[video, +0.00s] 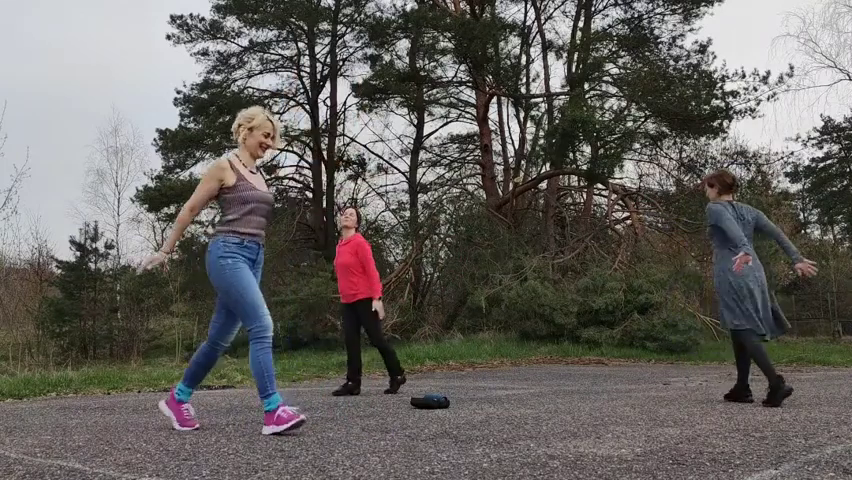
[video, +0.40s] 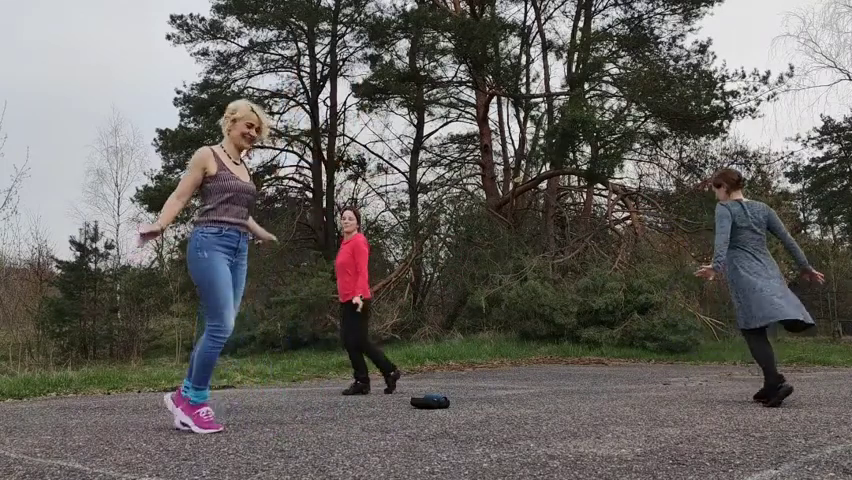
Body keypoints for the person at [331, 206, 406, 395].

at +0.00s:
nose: (347, 216)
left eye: (351, 214)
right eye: (344, 214)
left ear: (357, 222)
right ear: (339, 220)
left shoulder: (360, 243)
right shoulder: (340, 244)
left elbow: (372, 270)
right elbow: (346, 272)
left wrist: (377, 298)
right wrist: (345, 297)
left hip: (365, 299)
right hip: (348, 301)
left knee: (377, 339)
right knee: (351, 343)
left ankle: (397, 375)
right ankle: (353, 382)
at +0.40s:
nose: (346, 222)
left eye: (350, 219)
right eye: (344, 219)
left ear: (357, 222)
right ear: (340, 222)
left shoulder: (359, 241)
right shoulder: (346, 242)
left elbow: (362, 270)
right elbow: (348, 271)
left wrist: (358, 294)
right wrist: (344, 294)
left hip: (357, 298)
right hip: (347, 299)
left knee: (358, 340)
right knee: (349, 341)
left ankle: (390, 371)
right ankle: (361, 380)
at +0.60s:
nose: (342, 228)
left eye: (346, 225)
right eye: (339, 225)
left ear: (352, 227)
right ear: (337, 228)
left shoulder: (354, 244)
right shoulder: (343, 247)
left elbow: (354, 270)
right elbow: (338, 282)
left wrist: (345, 289)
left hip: (348, 301)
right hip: (341, 301)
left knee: (326, 337)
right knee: (346, 341)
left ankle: (347, 374)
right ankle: (362, 379)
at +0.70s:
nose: (338, 227)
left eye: (342, 224)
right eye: (335, 224)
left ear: (348, 226)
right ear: (332, 226)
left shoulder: (348, 240)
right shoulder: (337, 244)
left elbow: (351, 267)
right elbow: (333, 281)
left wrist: (348, 289)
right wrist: (316, 297)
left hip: (341, 299)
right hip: (339, 299)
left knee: (318, 336)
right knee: (347, 340)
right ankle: (362, 380)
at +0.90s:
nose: (327, 228)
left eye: (331, 225)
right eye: (324, 225)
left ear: (337, 227)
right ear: (320, 227)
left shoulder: (335, 243)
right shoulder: (326, 246)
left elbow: (341, 269)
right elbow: (321, 282)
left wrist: (345, 292)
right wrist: (297, 294)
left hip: (329, 302)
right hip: (328, 302)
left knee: (307, 341)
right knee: (341, 343)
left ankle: (296, 385)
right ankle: (361, 380)